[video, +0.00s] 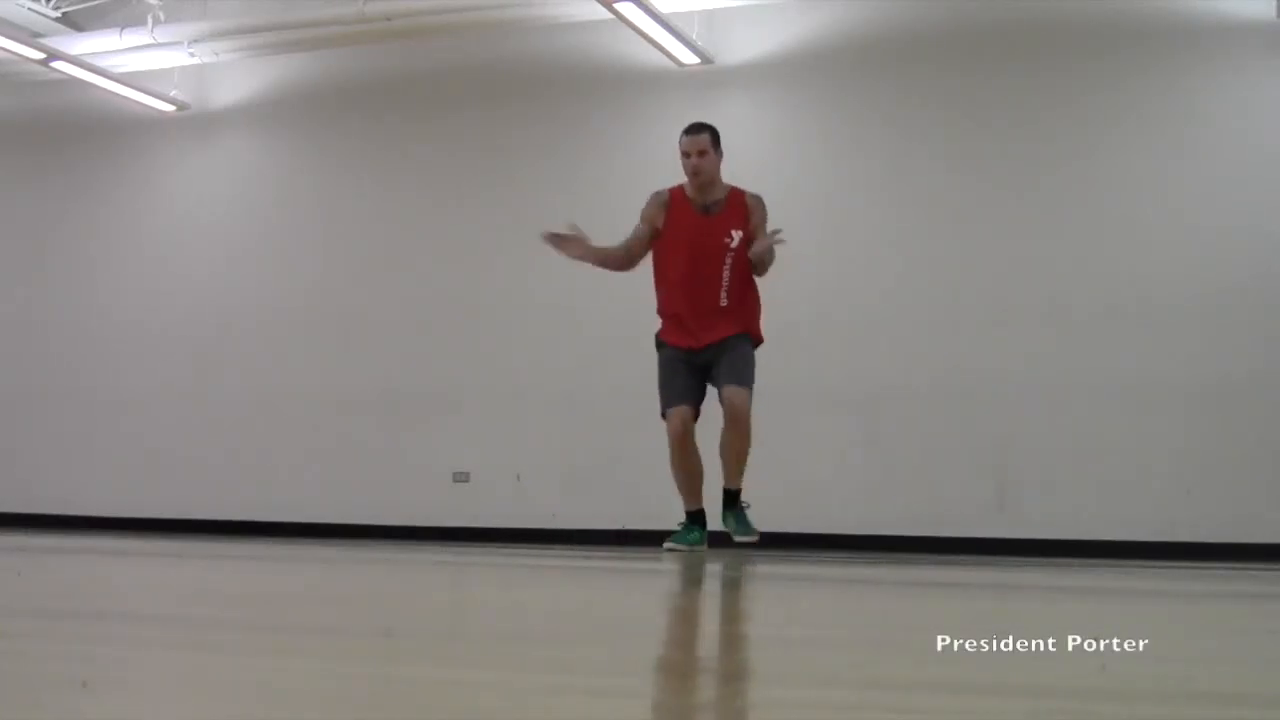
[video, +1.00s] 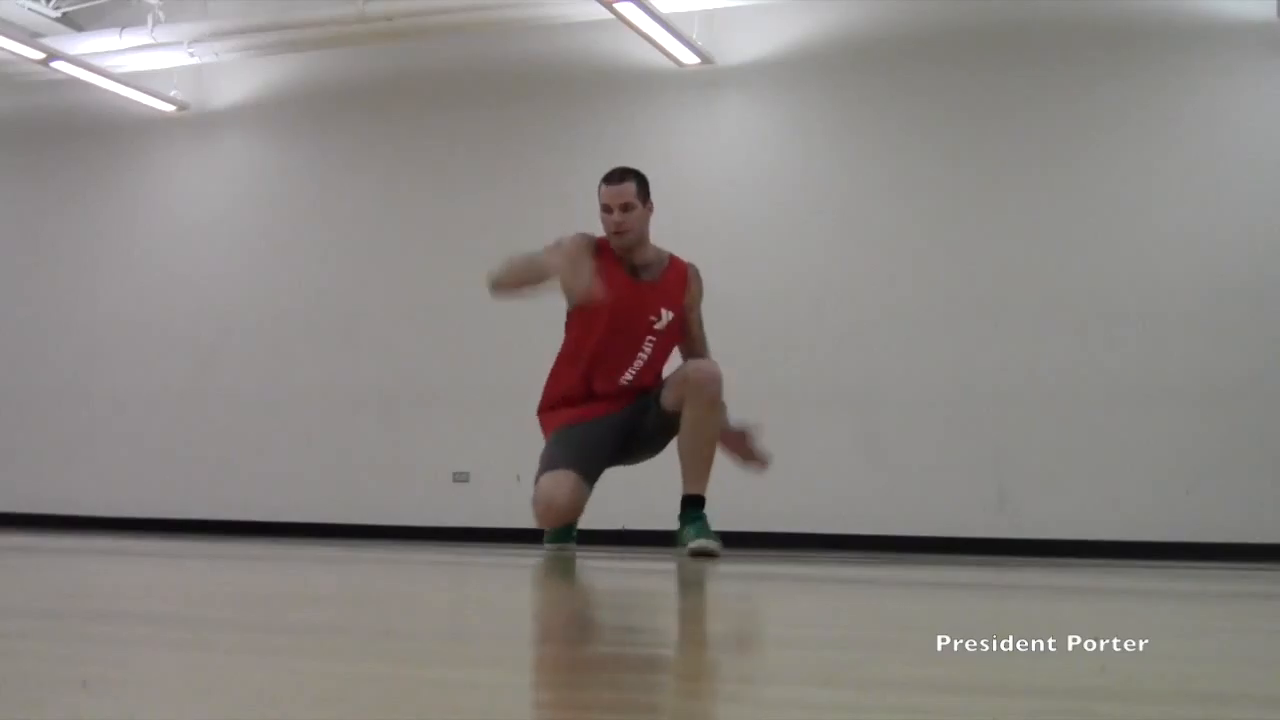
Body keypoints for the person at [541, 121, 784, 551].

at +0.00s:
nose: (693, 162)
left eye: (701, 154)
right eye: (686, 155)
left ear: (719, 156)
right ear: (680, 159)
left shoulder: (749, 206)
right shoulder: (663, 205)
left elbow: (759, 269)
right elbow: (627, 257)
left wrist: (762, 252)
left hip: (732, 332)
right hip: (679, 334)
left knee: (737, 407)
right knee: (679, 424)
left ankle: (733, 505)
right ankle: (694, 523)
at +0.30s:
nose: (692, 145)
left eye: (701, 136)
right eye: (684, 137)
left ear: (718, 140)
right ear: (676, 141)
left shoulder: (744, 196)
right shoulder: (655, 188)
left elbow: (773, 268)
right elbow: (628, 255)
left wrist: (816, 274)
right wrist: (578, 243)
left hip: (715, 325)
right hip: (659, 330)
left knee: (709, 402)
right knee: (611, 418)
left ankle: (731, 519)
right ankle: (680, 496)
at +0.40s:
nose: (674, 155)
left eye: (684, 146)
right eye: (667, 146)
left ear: (702, 150)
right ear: (659, 150)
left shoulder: (728, 206)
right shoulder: (641, 196)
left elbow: (758, 288)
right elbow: (593, 253)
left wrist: (766, 268)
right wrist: (526, 251)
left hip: (720, 336)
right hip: (667, 340)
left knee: (705, 409)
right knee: (595, 389)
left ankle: (732, 522)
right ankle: (623, 511)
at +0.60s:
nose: (631, 188)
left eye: (642, 179)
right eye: (624, 179)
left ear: (661, 185)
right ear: (616, 183)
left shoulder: (679, 232)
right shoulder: (616, 238)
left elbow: (715, 272)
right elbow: (626, 315)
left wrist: (752, 265)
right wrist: (577, 314)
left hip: (680, 375)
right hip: (629, 369)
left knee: (687, 451)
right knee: (578, 394)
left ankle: (722, 516)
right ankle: (586, 521)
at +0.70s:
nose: (621, 194)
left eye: (633, 185)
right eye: (614, 185)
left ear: (653, 192)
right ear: (607, 191)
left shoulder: (676, 242)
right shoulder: (596, 243)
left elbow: (717, 308)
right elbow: (583, 323)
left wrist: (706, 266)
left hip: (669, 386)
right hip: (608, 386)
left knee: (699, 442)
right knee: (569, 415)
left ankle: (716, 502)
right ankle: (587, 521)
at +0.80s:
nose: (622, 202)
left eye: (633, 192)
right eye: (614, 193)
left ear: (654, 197)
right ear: (606, 198)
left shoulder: (682, 255)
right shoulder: (583, 245)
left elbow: (709, 345)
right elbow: (526, 301)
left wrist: (702, 295)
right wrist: (452, 323)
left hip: (655, 392)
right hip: (595, 397)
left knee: (700, 390)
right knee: (570, 433)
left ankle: (709, 513)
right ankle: (580, 511)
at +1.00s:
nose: (616, 221)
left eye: (626, 209)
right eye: (607, 211)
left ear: (649, 209)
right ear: (599, 213)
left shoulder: (682, 278)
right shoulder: (580, 254)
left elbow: (698, 364)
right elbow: (500, 281)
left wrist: (722, 429)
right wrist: (556, 264)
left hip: (639, 412)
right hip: (578, 416)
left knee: (703, 374)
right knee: (553, 507)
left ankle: (693, 518)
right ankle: (562, 524)